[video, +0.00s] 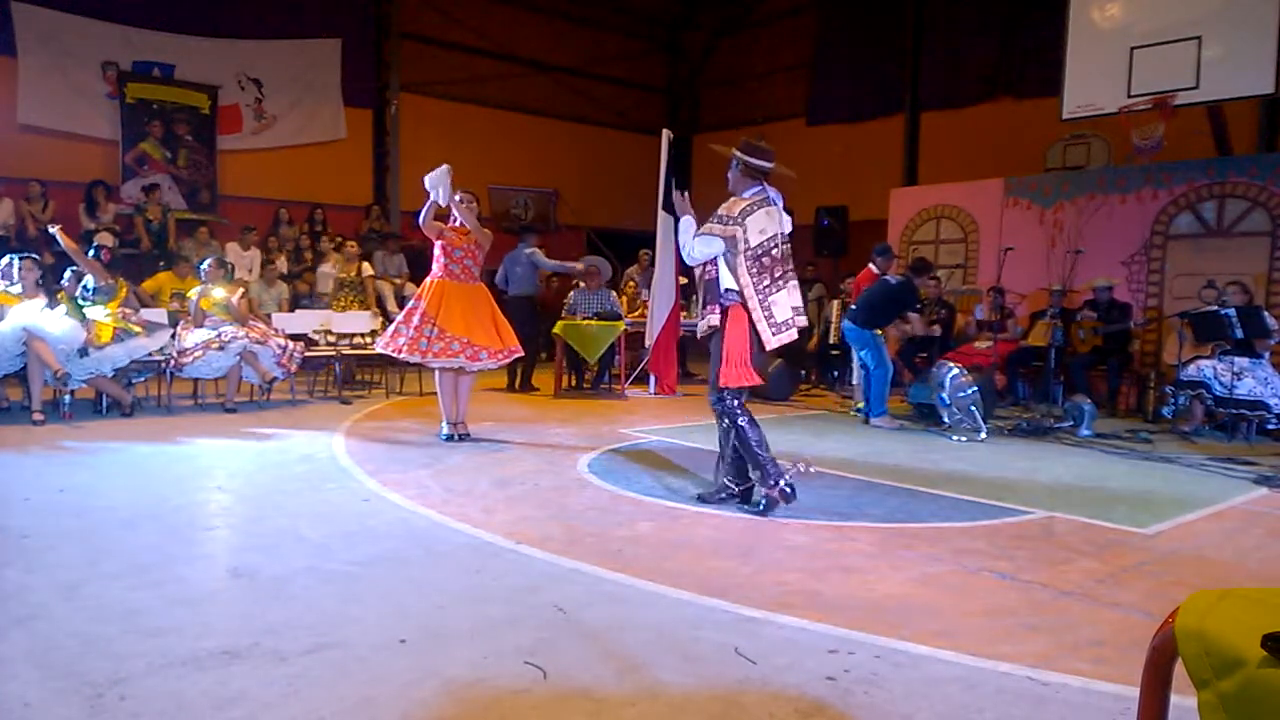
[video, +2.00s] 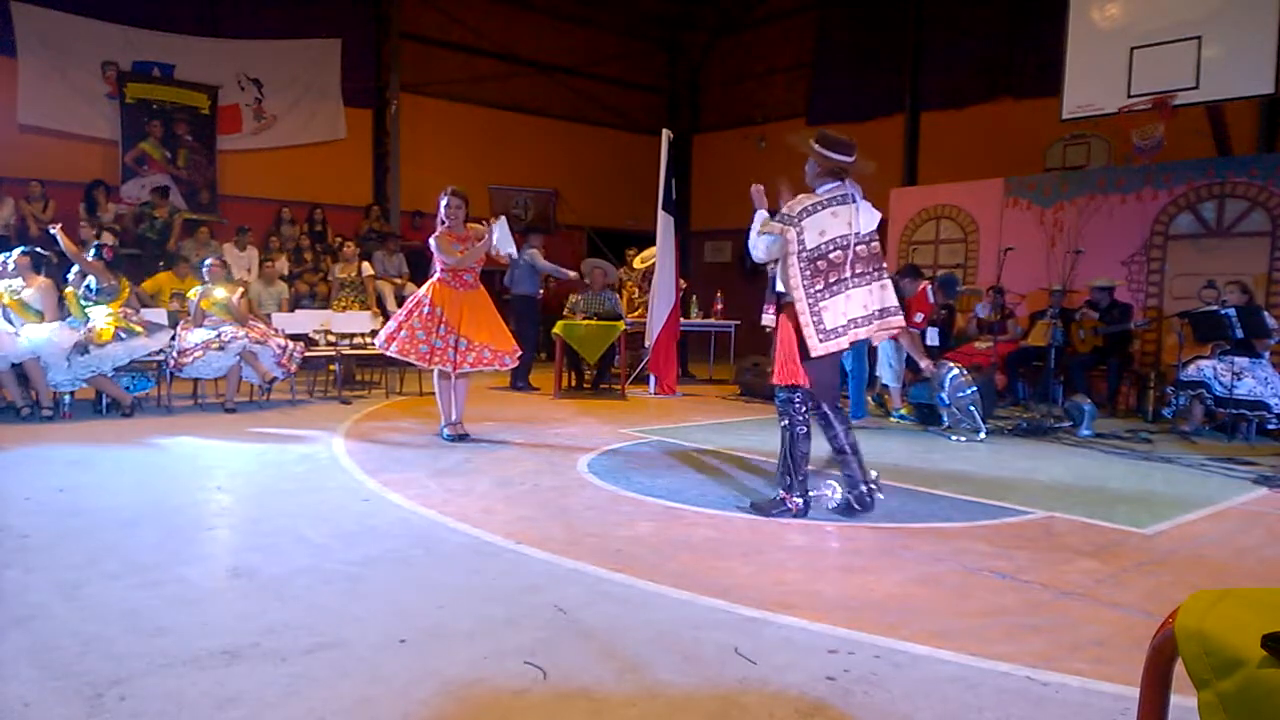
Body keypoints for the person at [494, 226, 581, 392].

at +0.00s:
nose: (538, 242)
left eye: (537, 239)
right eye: (536, 239)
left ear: (520, 239)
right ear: (532, 239)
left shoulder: (509, 257)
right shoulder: (532, 252)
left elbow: (499, 281)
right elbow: (548, 265)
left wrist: (513, 289)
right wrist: (574, 267)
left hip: (511, 300)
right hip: (528, 299)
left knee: (512, 339)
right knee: (532, 341)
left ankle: (511, 381)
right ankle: (526, 381)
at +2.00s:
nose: (541, 243)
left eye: (541, 239)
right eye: (539, 239)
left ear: (526, 240)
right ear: (533, 239)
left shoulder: (517, 257)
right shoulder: (532, 253)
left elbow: (507, 281)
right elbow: (543, 266)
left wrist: (530, 288)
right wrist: (567, 274)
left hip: (517, 298)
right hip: (528, 299)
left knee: (522, 338)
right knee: (530, 338)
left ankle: (517, 376)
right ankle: (522, 378)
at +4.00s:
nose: (543, 244)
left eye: (543, 240)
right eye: (542, 240)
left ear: (528, 239)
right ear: (535, 240)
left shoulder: (516, 256)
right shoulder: (530, 253)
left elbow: (506, 280)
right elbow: (537, 272)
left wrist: (522, 285)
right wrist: (562, 266)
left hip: (516, 298)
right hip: (528, 299)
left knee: (523, 338)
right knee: (530, 338)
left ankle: (518, 376)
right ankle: (522, 378)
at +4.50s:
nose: (545, 246)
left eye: (545, 242)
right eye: (543, 242)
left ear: (530, 241)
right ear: (536, 241)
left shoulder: (516, 255)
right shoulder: (533, 255)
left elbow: (505, 277)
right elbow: (535, 275)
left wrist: (520, 287)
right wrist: (559, 288)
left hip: (516, 298)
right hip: (528, 298)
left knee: (521, 338)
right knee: (528, 339)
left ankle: (517, 376)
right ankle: (522, 377)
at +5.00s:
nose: (564, 260)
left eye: (565, 257)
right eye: (564, 256)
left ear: (553, 251)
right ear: (556, 253)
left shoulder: (532, 259)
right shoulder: (546, 260)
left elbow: (517, 274)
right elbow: (533, 275)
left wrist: (530, 289)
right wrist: (547, 297)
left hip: (519, 297)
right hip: (528, 298)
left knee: (529, 340)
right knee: (531, 341)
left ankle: (535, 376)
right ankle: (524, 378)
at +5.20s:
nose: (573, 262)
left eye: (574, 258)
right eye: (572, 258)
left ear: (565, 257)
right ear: (565, 256)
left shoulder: (554, 267)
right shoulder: (552, 261)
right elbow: (536, 273)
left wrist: (549, 296)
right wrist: (549, 294)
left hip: (535, 299)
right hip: (527, 298)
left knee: (538, 339)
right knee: (531, 339)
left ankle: (537, 377)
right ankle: (523, 379)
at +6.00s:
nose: (572, 260)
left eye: (574, 256)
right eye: (571, 255)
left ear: (567, 255)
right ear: (564, 252)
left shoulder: (558, 268)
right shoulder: (549, 259)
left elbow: (551, 285)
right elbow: (532, 272)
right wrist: (543, 294)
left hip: (538, 301)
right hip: (528, 300)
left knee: (541, 340)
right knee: (529, 338)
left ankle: (537, 376)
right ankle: (517, 376)